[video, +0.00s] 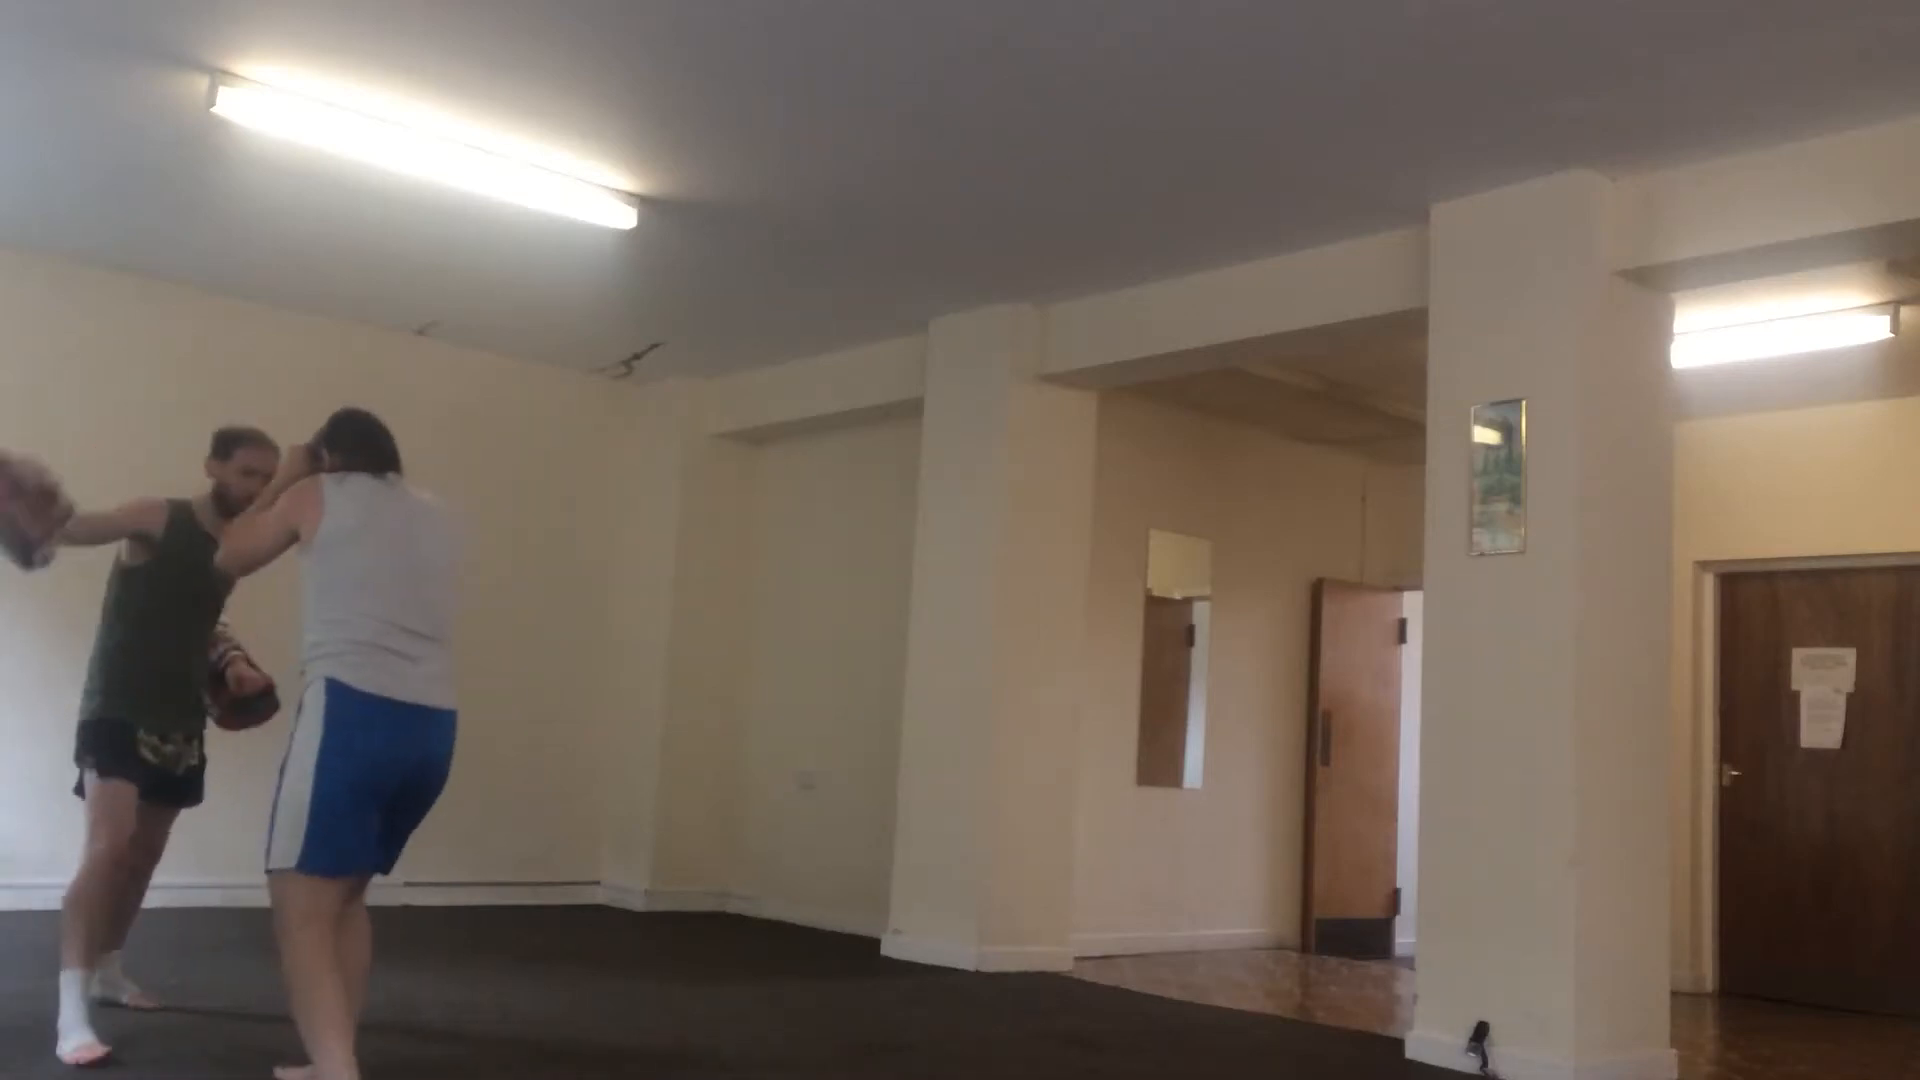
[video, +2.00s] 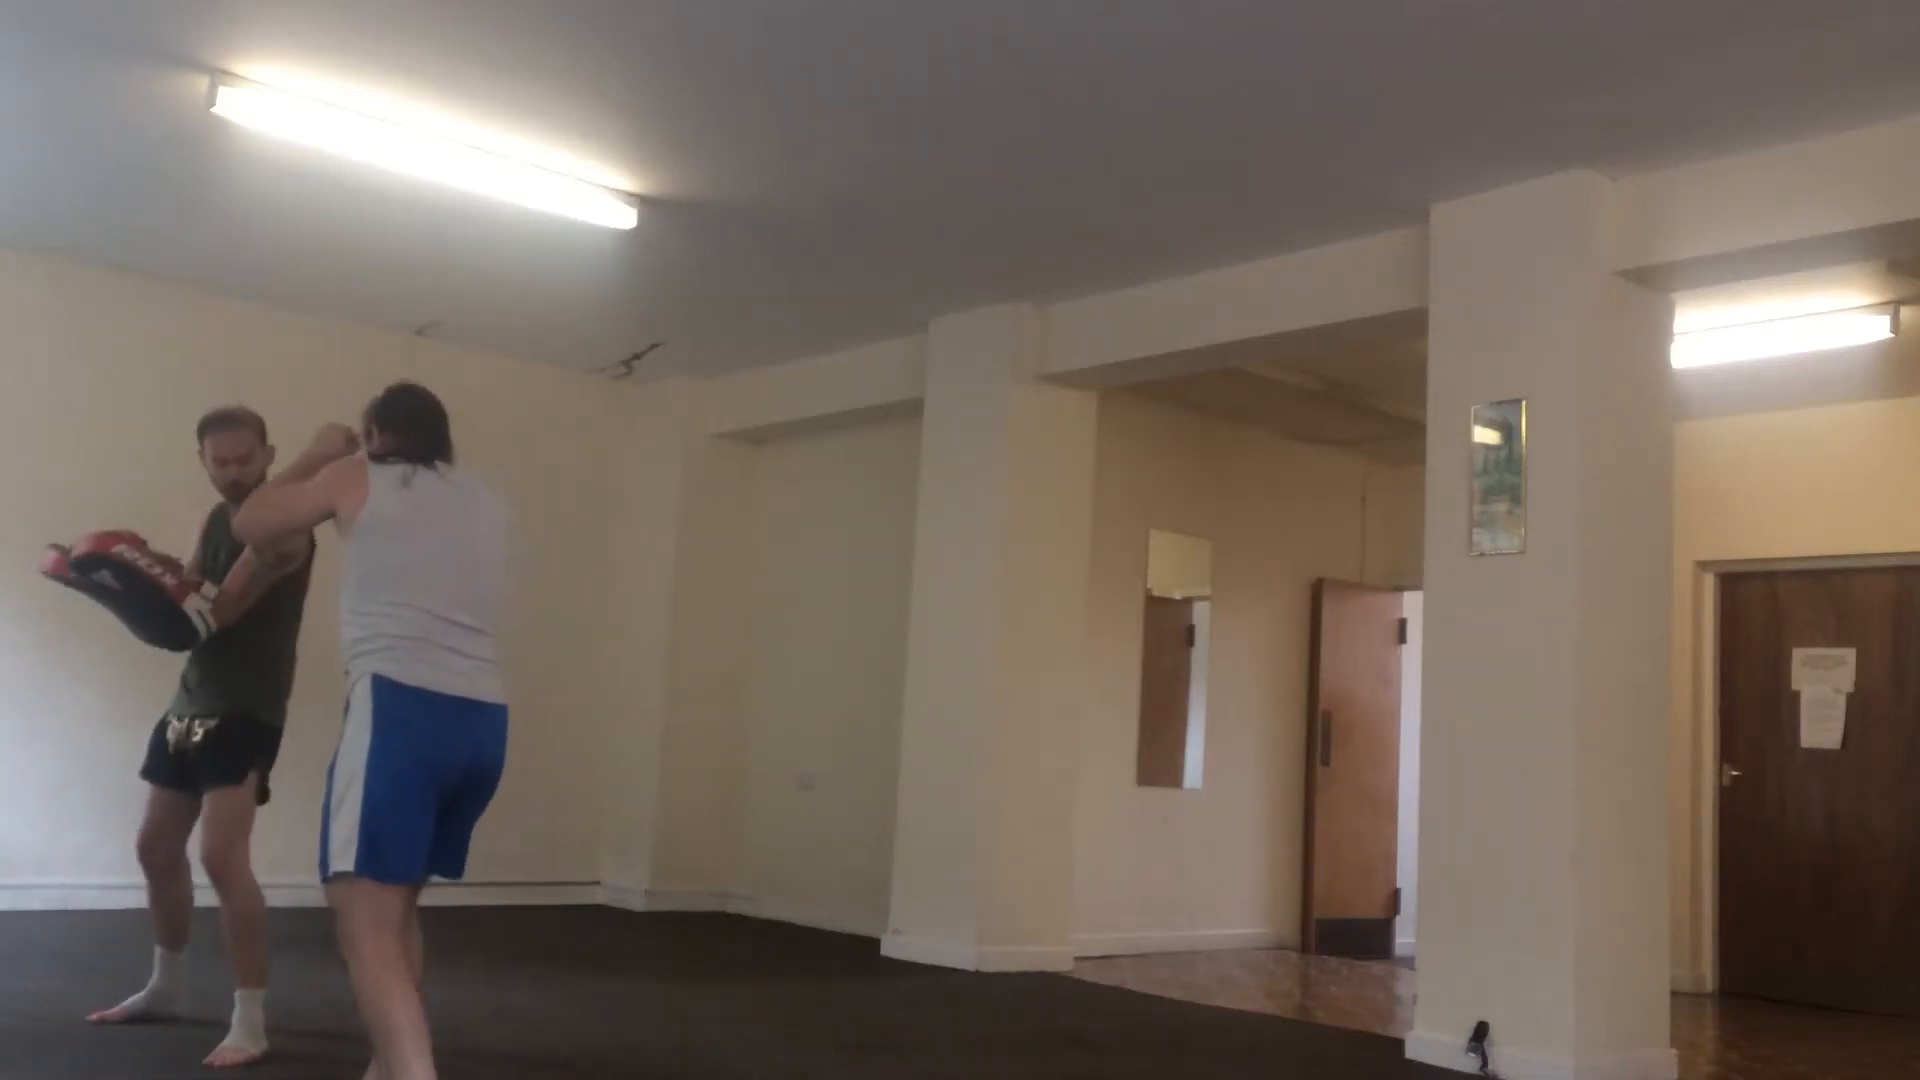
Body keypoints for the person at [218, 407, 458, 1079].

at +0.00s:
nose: (303, 465)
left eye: (311, 456)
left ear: (330, 458)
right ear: (391, 462)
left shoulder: (316, 497)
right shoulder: (441, 520)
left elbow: (230, 557)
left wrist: (282, 483)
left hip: (346, 721)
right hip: (427, 730)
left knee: (304, 911)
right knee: (348, 899)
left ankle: (334, 1066)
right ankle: (333, 1057)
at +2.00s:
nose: (363, 437)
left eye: (368, 430)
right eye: (368, 430)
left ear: (376, 437)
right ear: (446, 441)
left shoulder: (357, 479)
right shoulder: (487, 505)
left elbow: (250, 522)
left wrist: (312, 457)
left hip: (396, 715)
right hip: (481, 724)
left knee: (366, 931)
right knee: (398, 911)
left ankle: (416, 1072)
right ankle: (389, 1063)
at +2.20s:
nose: (335, 467)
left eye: (340, 459)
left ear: (352, 469)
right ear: (424, 481)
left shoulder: (316, 514)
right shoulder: (461, 545)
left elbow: (227, 598)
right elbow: (477, 573)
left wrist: (310, 496)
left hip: (364, 747)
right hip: (448, 761)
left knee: (327, 968)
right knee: (337, 924)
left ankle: (401, 1073)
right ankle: (287, 1061)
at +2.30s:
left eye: (353, 455)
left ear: (353, 472)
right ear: (424, 486)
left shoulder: (312, 514)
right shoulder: (447, 548)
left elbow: (246, 512)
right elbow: (522, 554)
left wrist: (328, 469)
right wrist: (453, 491)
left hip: (324, 756)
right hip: (405, 771)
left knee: (326, 966)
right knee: (289, 924)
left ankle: (405, 1074)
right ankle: (239, 1049)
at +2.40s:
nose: (348, 473)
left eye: (352, 465)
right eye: (357, 465)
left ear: (359, 474)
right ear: (424, 488)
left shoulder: (308, 510)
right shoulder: (448, 559)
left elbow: (207, 475)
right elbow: (542, 564)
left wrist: (250, 472)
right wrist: (491, 493)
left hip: (286, 748)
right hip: (363, 767)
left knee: (240, 945)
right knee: (268, 904)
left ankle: (355, 1055)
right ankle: (230, 1056)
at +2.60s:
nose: (320, 456)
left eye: (323, 447)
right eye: (321, 449)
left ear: (338, 447)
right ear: (399, 447)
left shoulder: (324, 494)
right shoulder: (445, 512)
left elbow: (221, 526)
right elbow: (511, 499)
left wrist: (117, 569)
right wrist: (445, 432)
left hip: (241, 686)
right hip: (317, 730)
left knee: (137, 672)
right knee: (273, 877)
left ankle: (25, 775)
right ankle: (231, 1049)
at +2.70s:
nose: (300, 440)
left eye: (300, 431)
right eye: (300, 432)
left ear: (316, 427)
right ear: (373, 424)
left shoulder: (313, 468)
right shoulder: (428, 478)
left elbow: (250, 533)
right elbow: (488, 443)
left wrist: (181, 620)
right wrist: (407, 391)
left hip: (233, 664)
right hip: (308, 704)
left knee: (181, 574)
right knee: (256, 861)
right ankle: (215, 1028)